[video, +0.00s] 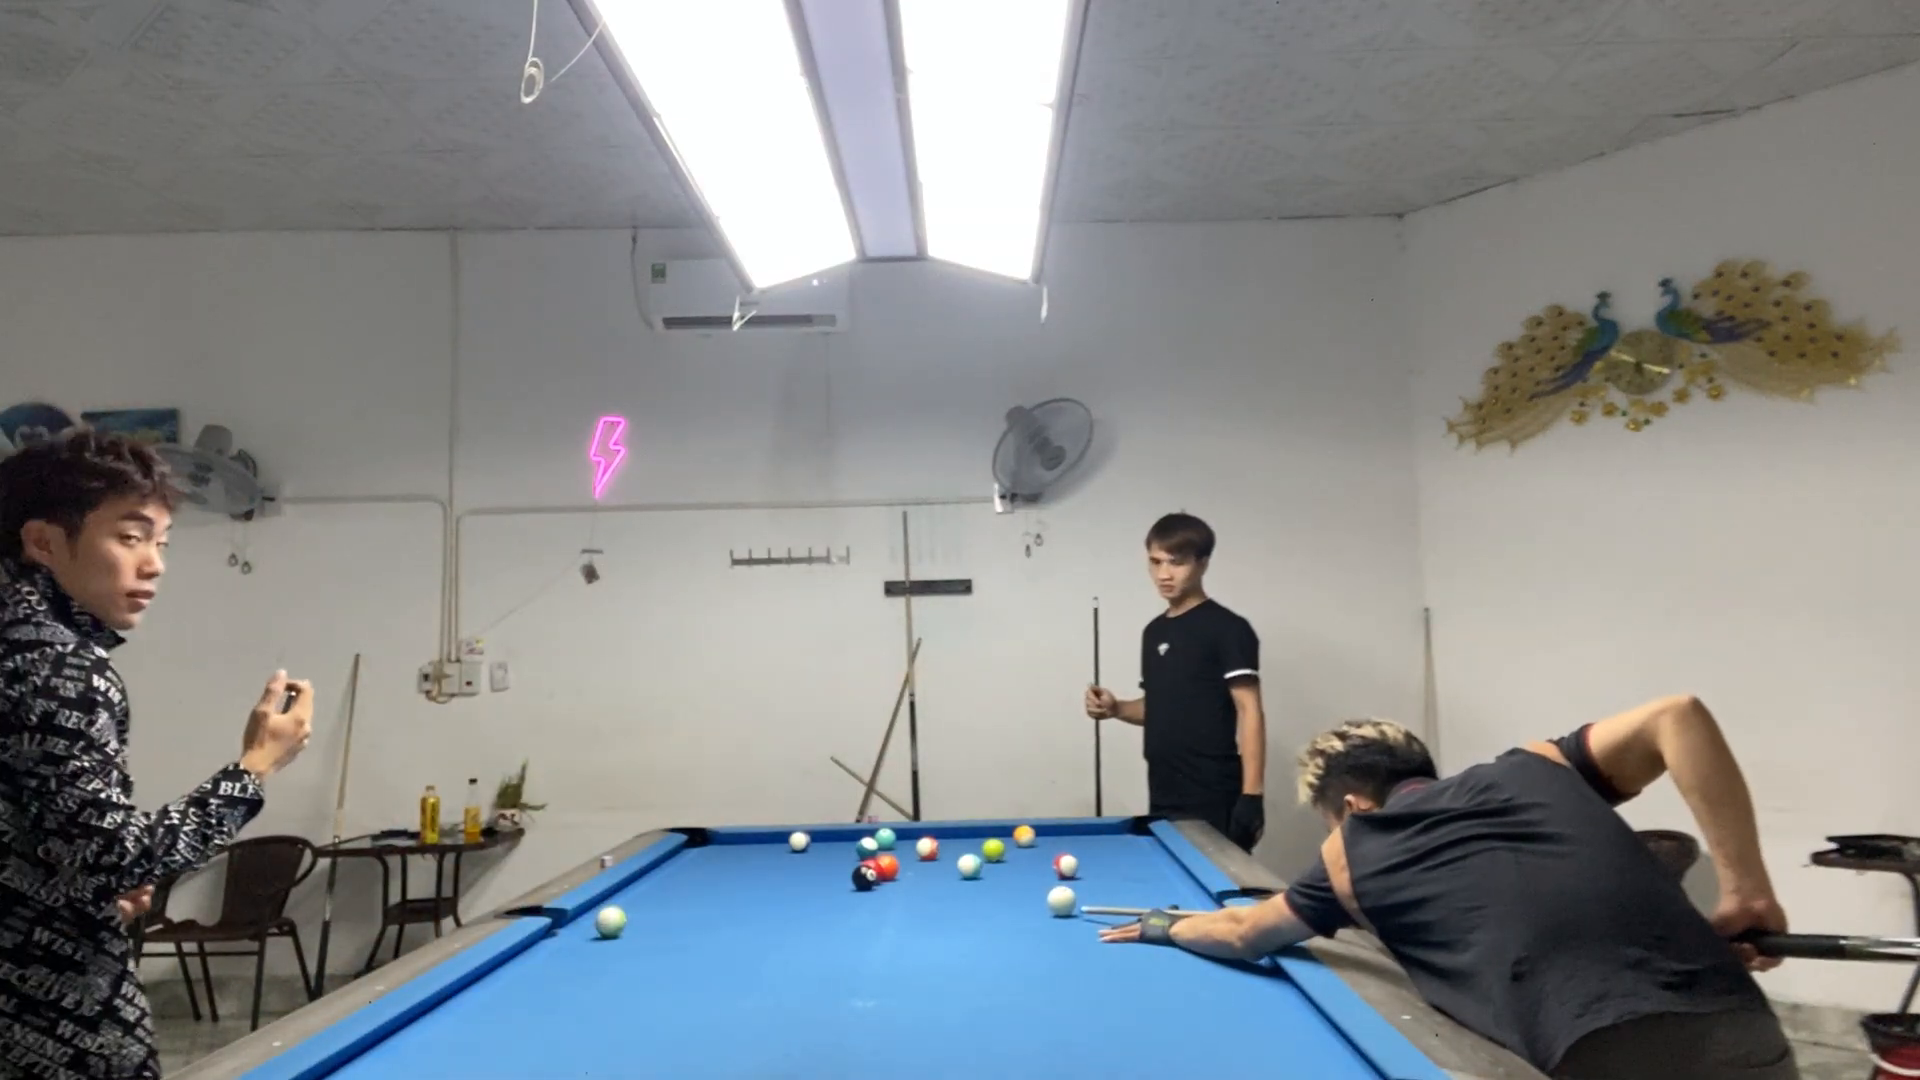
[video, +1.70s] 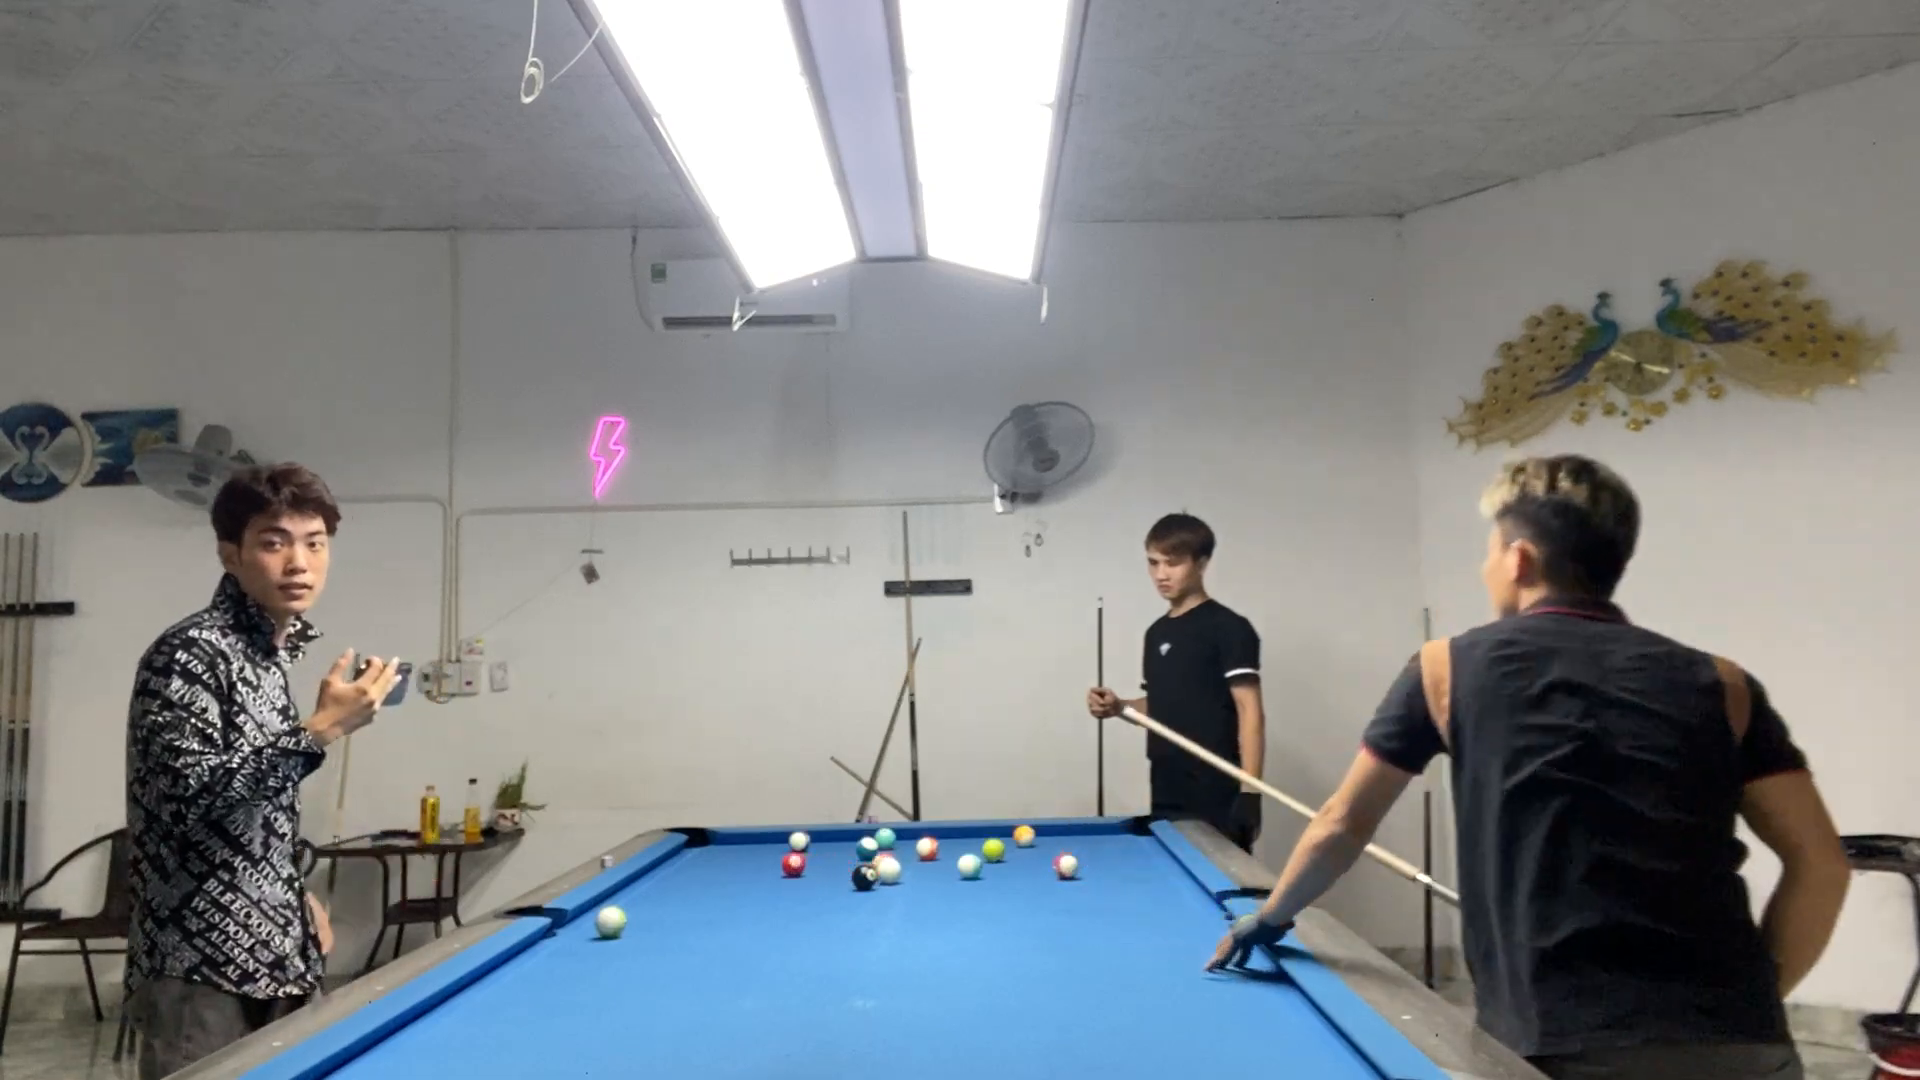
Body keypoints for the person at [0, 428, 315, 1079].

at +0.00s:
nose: (155, 566)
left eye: (159, 543)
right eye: (128, 537)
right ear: (45, 544)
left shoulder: (25, 637)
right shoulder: (56, 663)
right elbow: (111, 866)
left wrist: (118, 883)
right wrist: (254, 768)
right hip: (66, 1032)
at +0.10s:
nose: (192, 565)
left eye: (200, 542)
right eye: (164, 539)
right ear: (84, 550)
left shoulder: (23, 637)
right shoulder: (95, 676)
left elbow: (30, 845)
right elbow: (137, 867)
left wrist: (146, 889)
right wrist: (289, 774)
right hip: (103, 1029)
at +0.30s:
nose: (253, 563)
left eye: (264, 539)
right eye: (223, 539)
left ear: (276, 543)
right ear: (155, 550)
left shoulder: (81, 645)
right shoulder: (156, 672)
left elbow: (88, 849)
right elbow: (189, 862)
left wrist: (223, 880)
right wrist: (337, 769)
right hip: (168, 1032)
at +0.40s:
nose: (273, 563)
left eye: (287, 538)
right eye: (244, 539)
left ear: (300, 544)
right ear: (182, 549)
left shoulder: (124, 645)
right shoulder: (177, 666)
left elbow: (133, 840)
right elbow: (219, 860)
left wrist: (259, 871)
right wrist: (349, 764)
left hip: (137, 1005)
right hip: (205, 1023)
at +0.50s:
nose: (288, 565)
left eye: (303, 542)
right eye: (259, 540)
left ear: (317, 550)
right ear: (203, 550)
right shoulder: (177, 666)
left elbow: (203, 810)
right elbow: (217, 846)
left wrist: (288, 845)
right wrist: (355, 764)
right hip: (216, 1019)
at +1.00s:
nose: (350, 561)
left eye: (366, 541)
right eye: (326, 540)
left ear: (381, 552)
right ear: (281, 549)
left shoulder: (314, 658)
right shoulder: (241, 654)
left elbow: (293, 807)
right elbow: (243, 810)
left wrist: (366, 844)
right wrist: (374, 743)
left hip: (321, 951)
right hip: (259, 967)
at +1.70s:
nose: (299, 563)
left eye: (314, 543)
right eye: (275, 542)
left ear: (329, 554)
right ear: (230, 554)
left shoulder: (267, 664)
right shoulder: (187, 657)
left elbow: (251, 820)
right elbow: (188, 796)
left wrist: (297, 897)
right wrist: (321, 728)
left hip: (279, 965)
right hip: (199, 973)